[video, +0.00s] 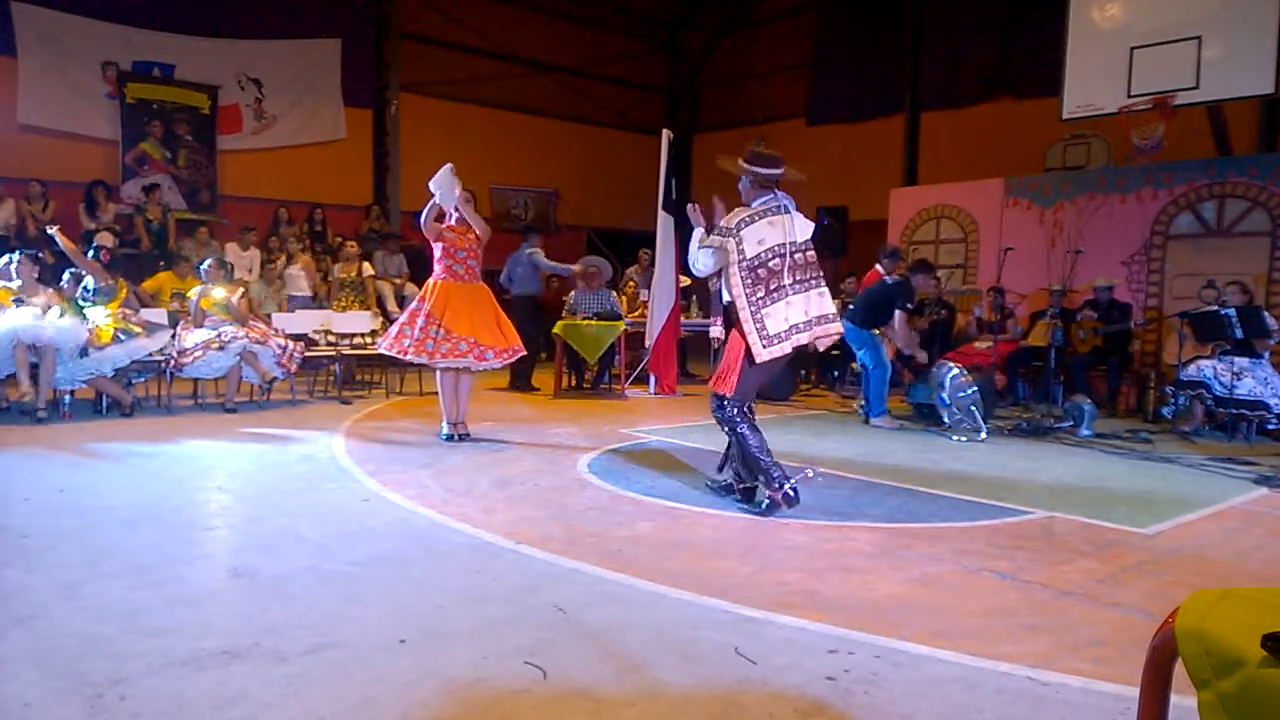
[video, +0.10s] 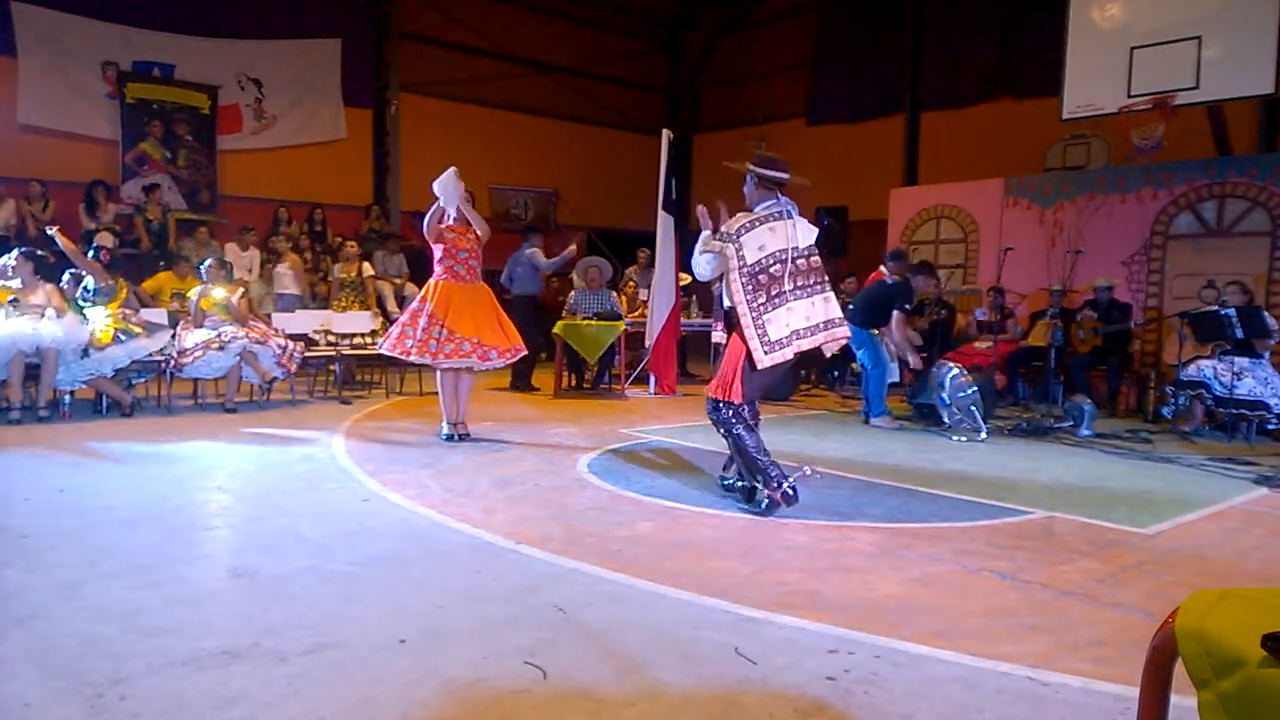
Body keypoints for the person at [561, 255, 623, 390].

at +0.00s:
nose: (592, 277)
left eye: (595, 274)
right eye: (590, 274)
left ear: (601, 277)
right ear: (584, 277)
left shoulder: (610, 294)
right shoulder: (575, 294)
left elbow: (619, 314)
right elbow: (565, 314)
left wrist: (599, 316)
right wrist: (578, 318)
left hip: (602, 332)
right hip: (580, 331)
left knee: (609, 348)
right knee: (570, 346)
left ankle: (597, 380)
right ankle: (579, 378)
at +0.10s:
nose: (593, 280)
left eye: (596, 277)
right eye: (590, 277)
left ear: (602, 279)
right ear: (585, 279)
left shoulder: (610, 295)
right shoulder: (575, 294)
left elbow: (619, 315)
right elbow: (565, 314)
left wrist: (600, 316)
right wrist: (577, 317)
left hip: (602, 333)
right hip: (579, 332)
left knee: (609, 348)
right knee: (570, 346)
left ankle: (597, 381)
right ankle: (578, 378)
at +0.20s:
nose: (592, 278)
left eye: (596, 274)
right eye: (590, 274)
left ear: (602, 278)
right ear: (585, 277)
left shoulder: (610, 295)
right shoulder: (575, 294)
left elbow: (619, 315)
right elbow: (565, 314)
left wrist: (600, 317)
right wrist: (575, 317)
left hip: (601, 333)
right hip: (580, 332)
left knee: (609, 350)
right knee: (570, 347)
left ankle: (597, 381)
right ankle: (579, 378)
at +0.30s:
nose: (592, 279)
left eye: (595, 276)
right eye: (589, 275)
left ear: (602, 279)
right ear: (585, 277)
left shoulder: (610, 295)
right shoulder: (575, 294)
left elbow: (619, 315)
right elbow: (565, 314)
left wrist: (600, 317)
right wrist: (576, 317)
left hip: (601, 332)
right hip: (580, 331)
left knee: (609, 349)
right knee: (570, 346)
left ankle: (597, 381)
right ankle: (579, 378)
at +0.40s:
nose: (595, 278)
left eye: (598, 275)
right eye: (592, 275)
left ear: (603, 278)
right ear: (585, 278)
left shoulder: (610, 295)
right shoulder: (576, 294)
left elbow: (618, 314)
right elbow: (564, 313)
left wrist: (601, 317)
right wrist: (575, 317)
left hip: (602, 332)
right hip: (580, 331)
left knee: (609, 349)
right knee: (570, 346)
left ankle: (597, 381)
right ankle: (579, 377)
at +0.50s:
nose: (594, 278)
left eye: (597, 275)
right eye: (592, 274)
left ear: (603, 278)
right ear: (587, 277)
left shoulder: (610, 295)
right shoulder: (576, 294)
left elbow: (618, 314)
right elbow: (564, 312)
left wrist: (601, 317)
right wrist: (575, 317)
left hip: (601, 332)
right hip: (580, 331)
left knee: (609, 349)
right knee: (570, 347)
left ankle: (597, 381)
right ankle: (579, 377)